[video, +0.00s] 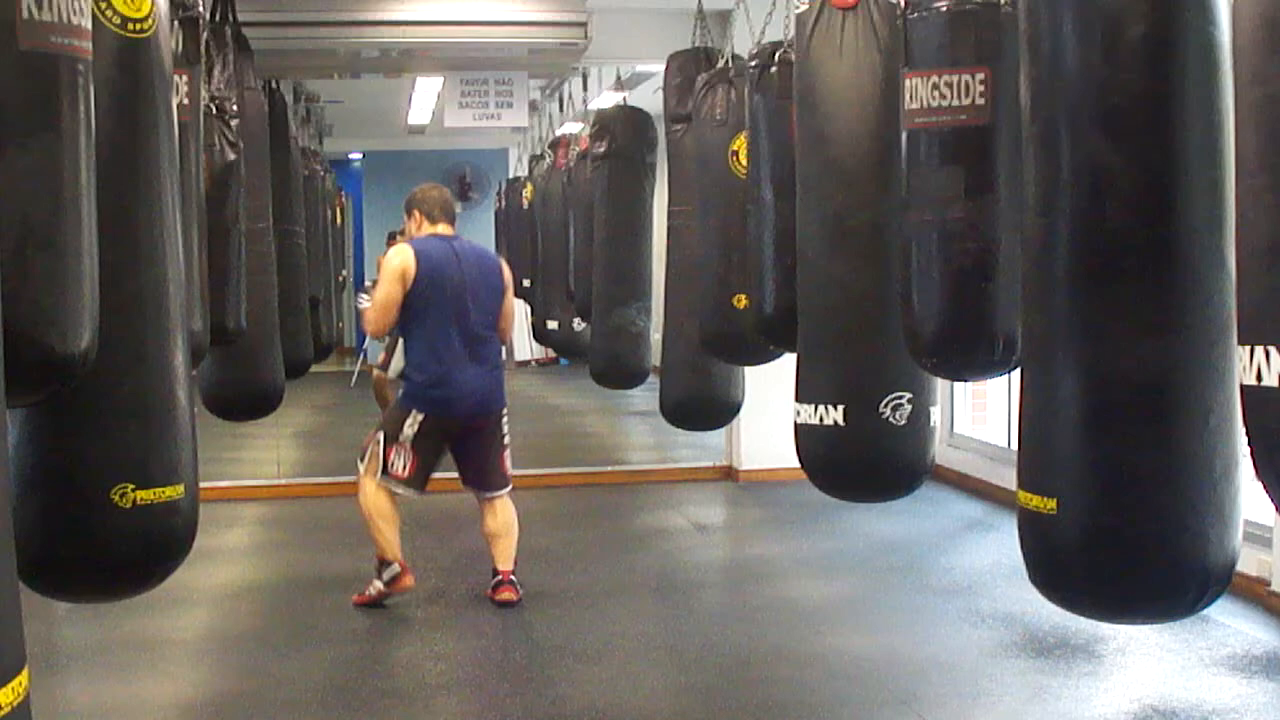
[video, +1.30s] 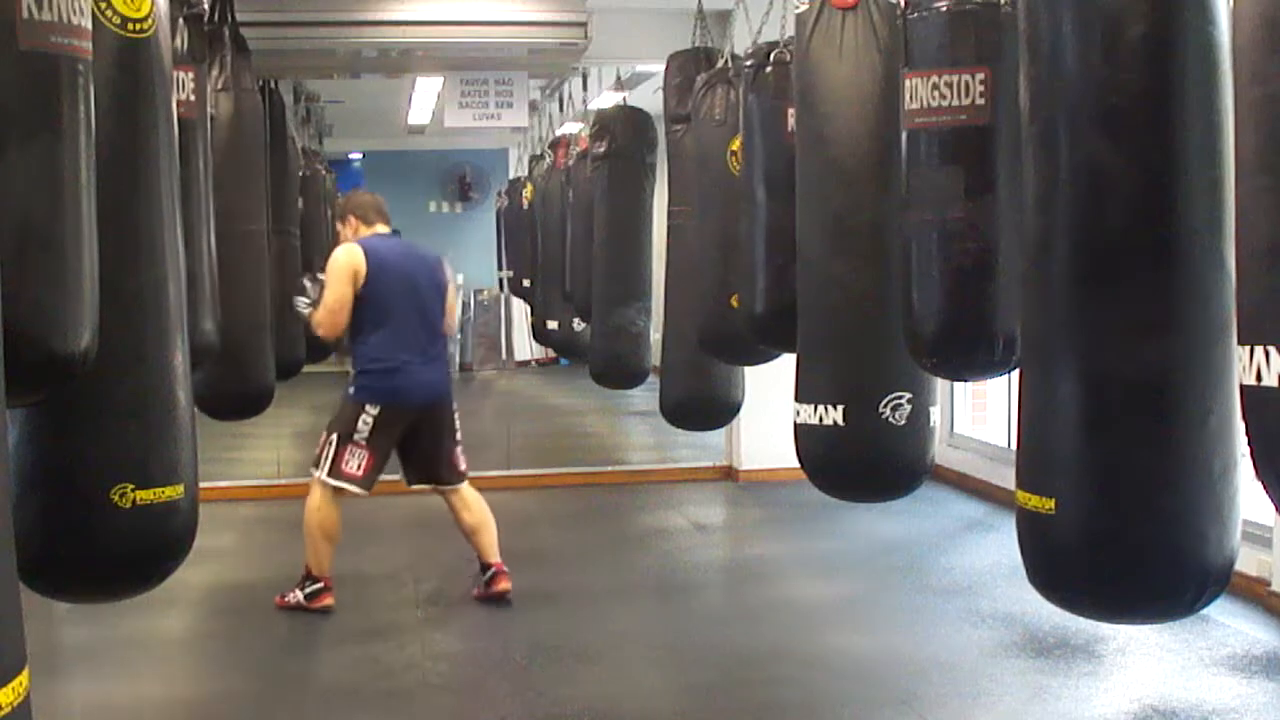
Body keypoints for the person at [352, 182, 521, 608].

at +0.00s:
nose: (406, 229)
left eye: (406, 222)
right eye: (406, 223)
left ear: (416, 218)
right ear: (453, 219)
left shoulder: (403, 256)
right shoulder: (496, 264)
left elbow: (377, 326)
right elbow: (505, 332)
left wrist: (370, 300)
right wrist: (467, 311)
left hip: (429, 395)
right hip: (486, 396)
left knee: (371, 476)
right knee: (495, 492)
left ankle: (392, 567)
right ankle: (505, 576)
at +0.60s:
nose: (380, 221)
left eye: (381, 215)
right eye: (381, 216)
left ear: (390, 213)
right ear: (427, 212)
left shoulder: (377, 244)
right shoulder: (466, 249)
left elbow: (332, 302)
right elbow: (484, 306)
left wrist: (333, 275)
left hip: (391, 386)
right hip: (453, 386)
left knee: (344, 478)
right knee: (492, 480)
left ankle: (333, 564)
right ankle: (510, 574)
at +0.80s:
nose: (329, 222)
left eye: (330, 216)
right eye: (330, 217)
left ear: (339, 216)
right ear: (380, 218)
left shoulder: (323, 244)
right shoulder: (417, 255)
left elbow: (270, 291)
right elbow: (426, 311)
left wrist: (284, 264)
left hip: (354, 392)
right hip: (415, 390)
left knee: (308, 486)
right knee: (453, 476)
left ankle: (314, 585)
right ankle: (506, 556)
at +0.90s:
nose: (312, 227)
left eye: (312, 219)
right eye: (311, 221)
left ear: (323, 210)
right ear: (350, 209)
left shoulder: (336, 240)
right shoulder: (381, 245)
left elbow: (287, 293)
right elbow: (398, 329)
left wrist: (279, 255)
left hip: (353, 383)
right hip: (401, 380)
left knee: (308, 485)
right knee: (423, 478)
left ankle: (313, 586)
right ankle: (486, 554)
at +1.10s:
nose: (312, 222)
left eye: (311, 214)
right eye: (310, 216)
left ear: (326, 208)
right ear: (355, 205)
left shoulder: (336, 239)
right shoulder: (388, 242)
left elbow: (291, 296)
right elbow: (404, 322)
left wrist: (282, 261)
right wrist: (426, 391)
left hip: (362, 382)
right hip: (410, 380)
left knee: (319, 484)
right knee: (427, 474)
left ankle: (315, 586)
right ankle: (484, 549)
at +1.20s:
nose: (325, 233)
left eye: (324, 227)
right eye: (323, 228)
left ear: (336, 220)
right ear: (370, 219)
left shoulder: (340, 251)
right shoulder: (407, 254)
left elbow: (305, 316)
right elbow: (403, 314)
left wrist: (294, 292)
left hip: (370, 389)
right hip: (422, 387)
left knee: (315, 484)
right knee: (443, 480)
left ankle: (316, 584)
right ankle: (490, 564)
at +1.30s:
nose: (341, 235)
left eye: (340, 229)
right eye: (340, 229)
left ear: (352, 224)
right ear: (385, 221)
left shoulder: (350, 255)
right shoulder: (434, 261)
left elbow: (329, 327)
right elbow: (449, 325)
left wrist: (312, 304)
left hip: (379, 391)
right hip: (434, 392)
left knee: (325, 485)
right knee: (455, 483)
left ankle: (316, 582)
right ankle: (496, 571)